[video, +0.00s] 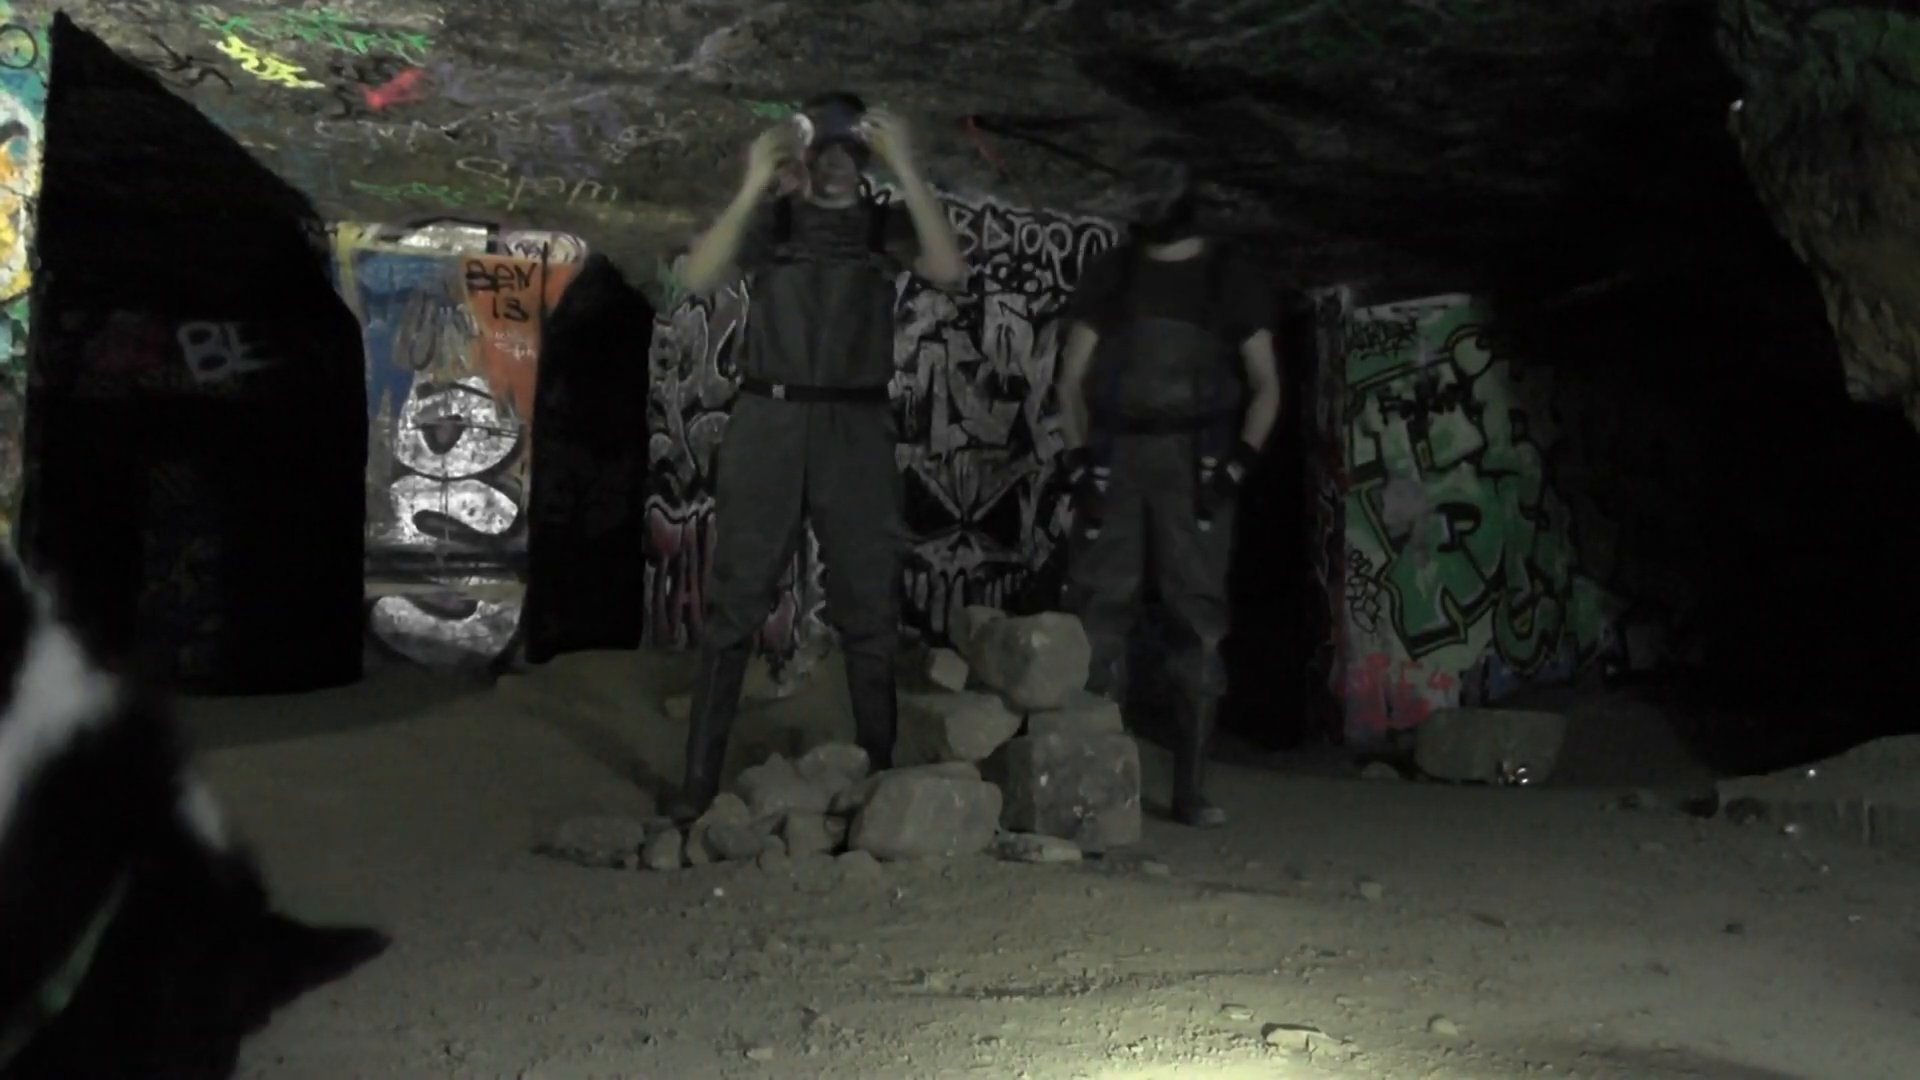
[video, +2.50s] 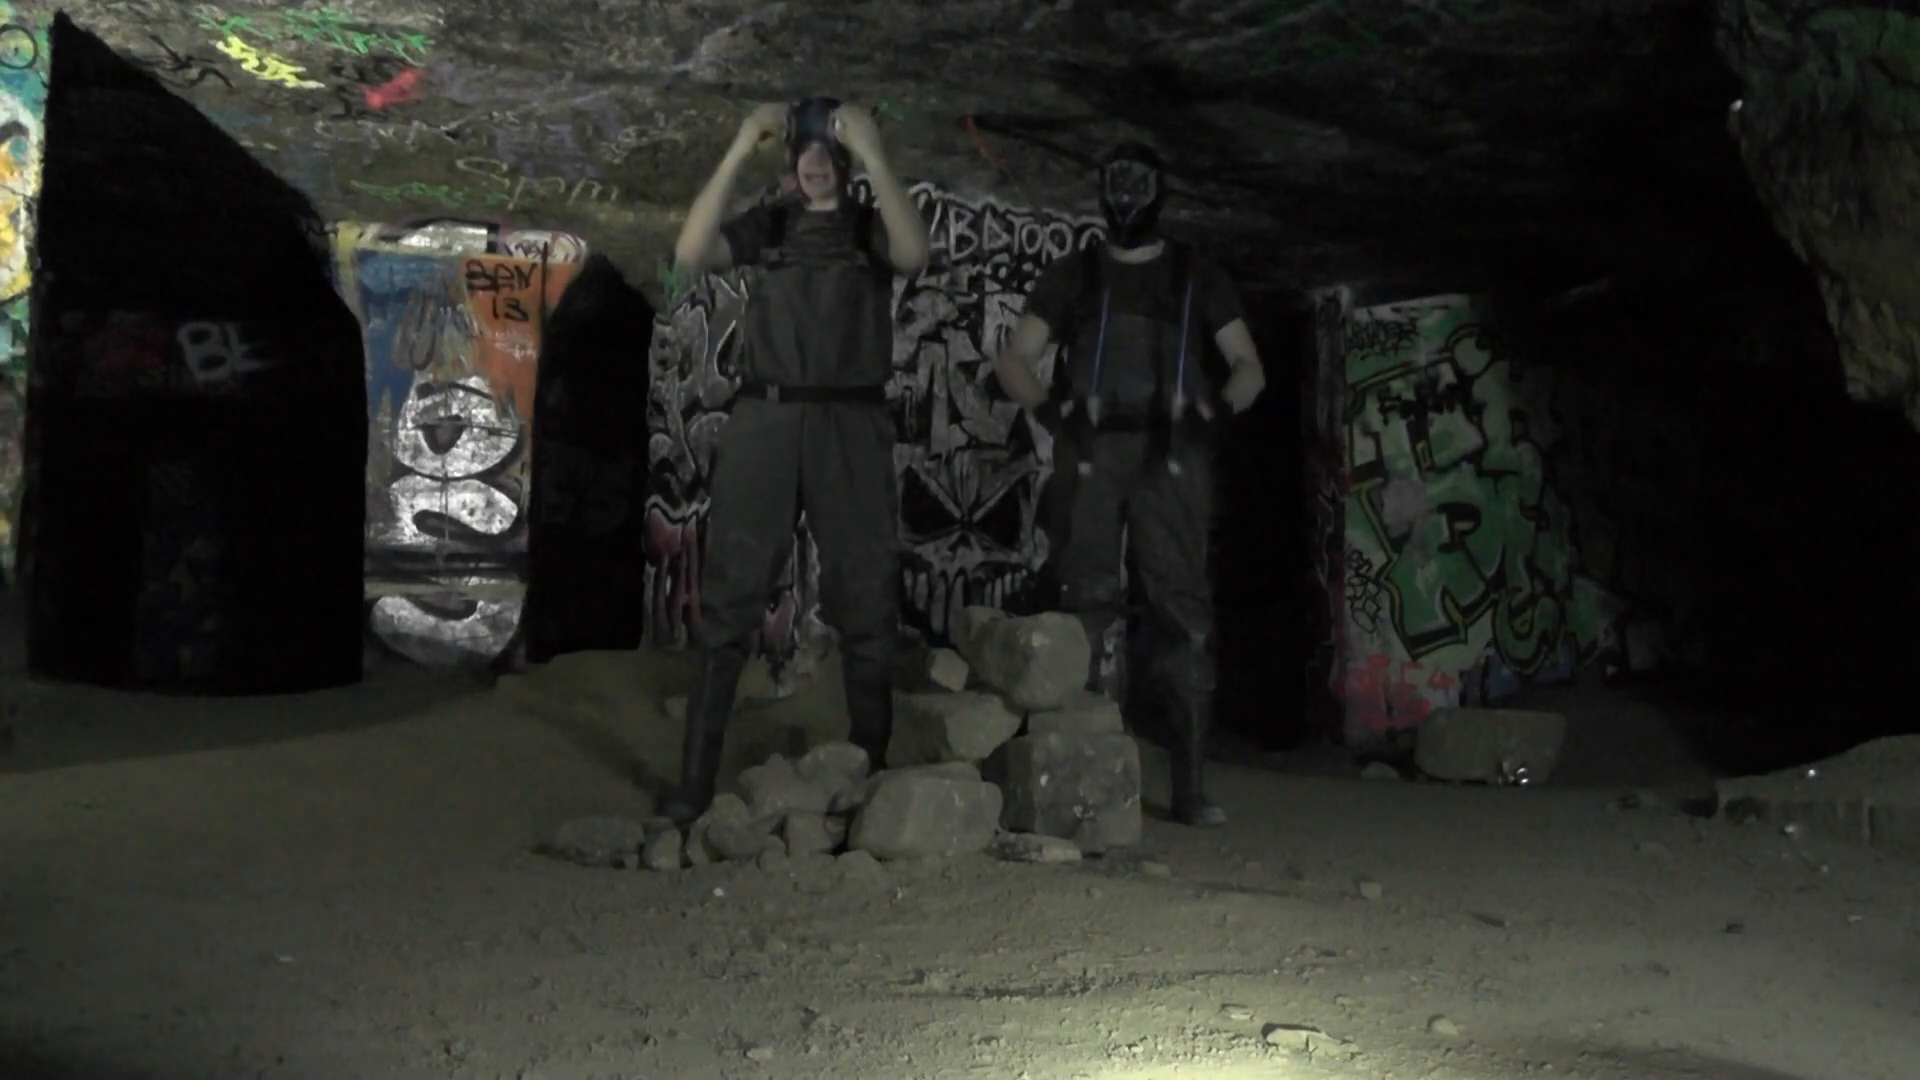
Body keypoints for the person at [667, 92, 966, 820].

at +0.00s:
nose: (835, 164)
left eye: (849, 152)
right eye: (822, 150)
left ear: (867, 161)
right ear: (797, 159)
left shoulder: (885, 225)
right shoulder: (765, 222)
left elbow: (949, 273)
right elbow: (696, 277)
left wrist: (904, 167)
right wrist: (754, 190)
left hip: (857, 438)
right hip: (767, 435)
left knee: (870, 614)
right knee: (734, 611)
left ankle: (879, 779)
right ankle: (697, 789)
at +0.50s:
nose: (817, 161)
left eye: (826, 150)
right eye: (806, 145)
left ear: (834, 163)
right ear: (777, 146)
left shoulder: (828, 237)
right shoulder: (731, 217)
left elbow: (915, 276)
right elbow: (768, 252)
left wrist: (903, 192)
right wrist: (824, 178)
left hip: (823, 434)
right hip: (746, 429)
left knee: (860, 598)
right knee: (729, 601)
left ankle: (882, 766)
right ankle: (679, 771)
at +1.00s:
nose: (783, 153)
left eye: (792, 142)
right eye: (772, 140)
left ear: (803, 158)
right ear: (747, 150)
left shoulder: (800, 229)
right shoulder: (721, 215)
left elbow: (876, 278)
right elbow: (801, 249)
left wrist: (873, 193)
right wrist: (837, 175)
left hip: (798, 426)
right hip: (732, 422)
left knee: (837, 589)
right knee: (742, 591)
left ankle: (877, 755)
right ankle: (684, 772)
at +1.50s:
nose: (768, 151)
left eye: (784, 141)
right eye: (763, 139)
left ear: (811, 158)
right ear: (753, 149)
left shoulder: (825, 238)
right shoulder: (725, 219)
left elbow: (907, 270)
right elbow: (763, 249)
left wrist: (895, 188)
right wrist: (814, 177)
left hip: (819, 432)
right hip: (740, 428)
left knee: (862, 598)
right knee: (731, 601)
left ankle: (880, 766)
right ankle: (682, 773)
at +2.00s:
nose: (830, 163)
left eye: (842, 154)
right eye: (819, 153)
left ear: (862, 168)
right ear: (800, 166)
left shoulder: (880, 229)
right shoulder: (773, 227)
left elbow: (929, 253)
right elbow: (702, 245)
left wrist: (890, 153)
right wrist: (755, 152)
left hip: (855, 439)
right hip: (766, 435)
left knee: (868, 614)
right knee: (731, 608)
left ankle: (872, 781)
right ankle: (695, 787)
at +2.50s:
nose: (815, 164)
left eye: (827, 154)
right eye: (804, 154)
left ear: (848, 164)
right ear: (787, 165)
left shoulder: (870, 226)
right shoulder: (765, 225)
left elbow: (911, 255)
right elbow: (692, 250)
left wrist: (870, 157)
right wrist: (738, 154)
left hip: (852, 435)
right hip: (763, 432)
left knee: (865, 608)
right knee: (730, 605)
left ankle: (869, 777)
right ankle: (695, 785)